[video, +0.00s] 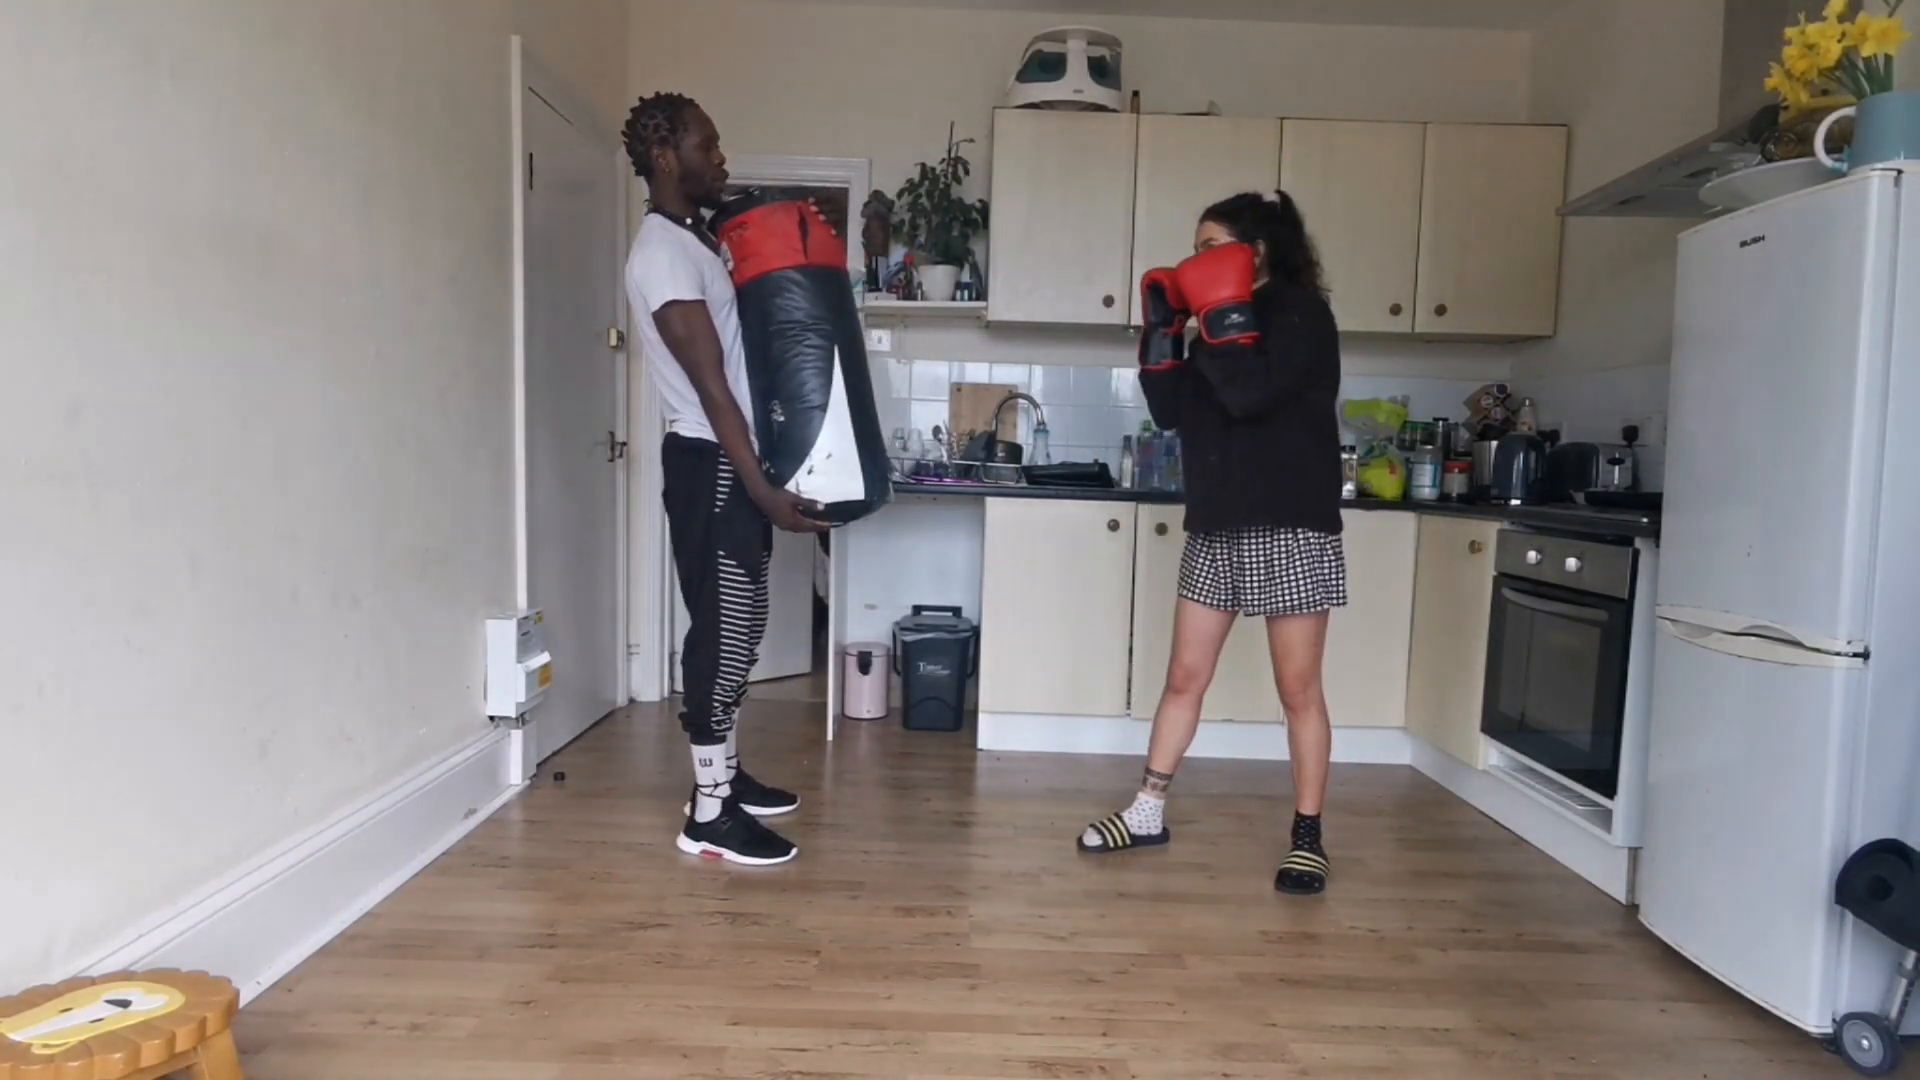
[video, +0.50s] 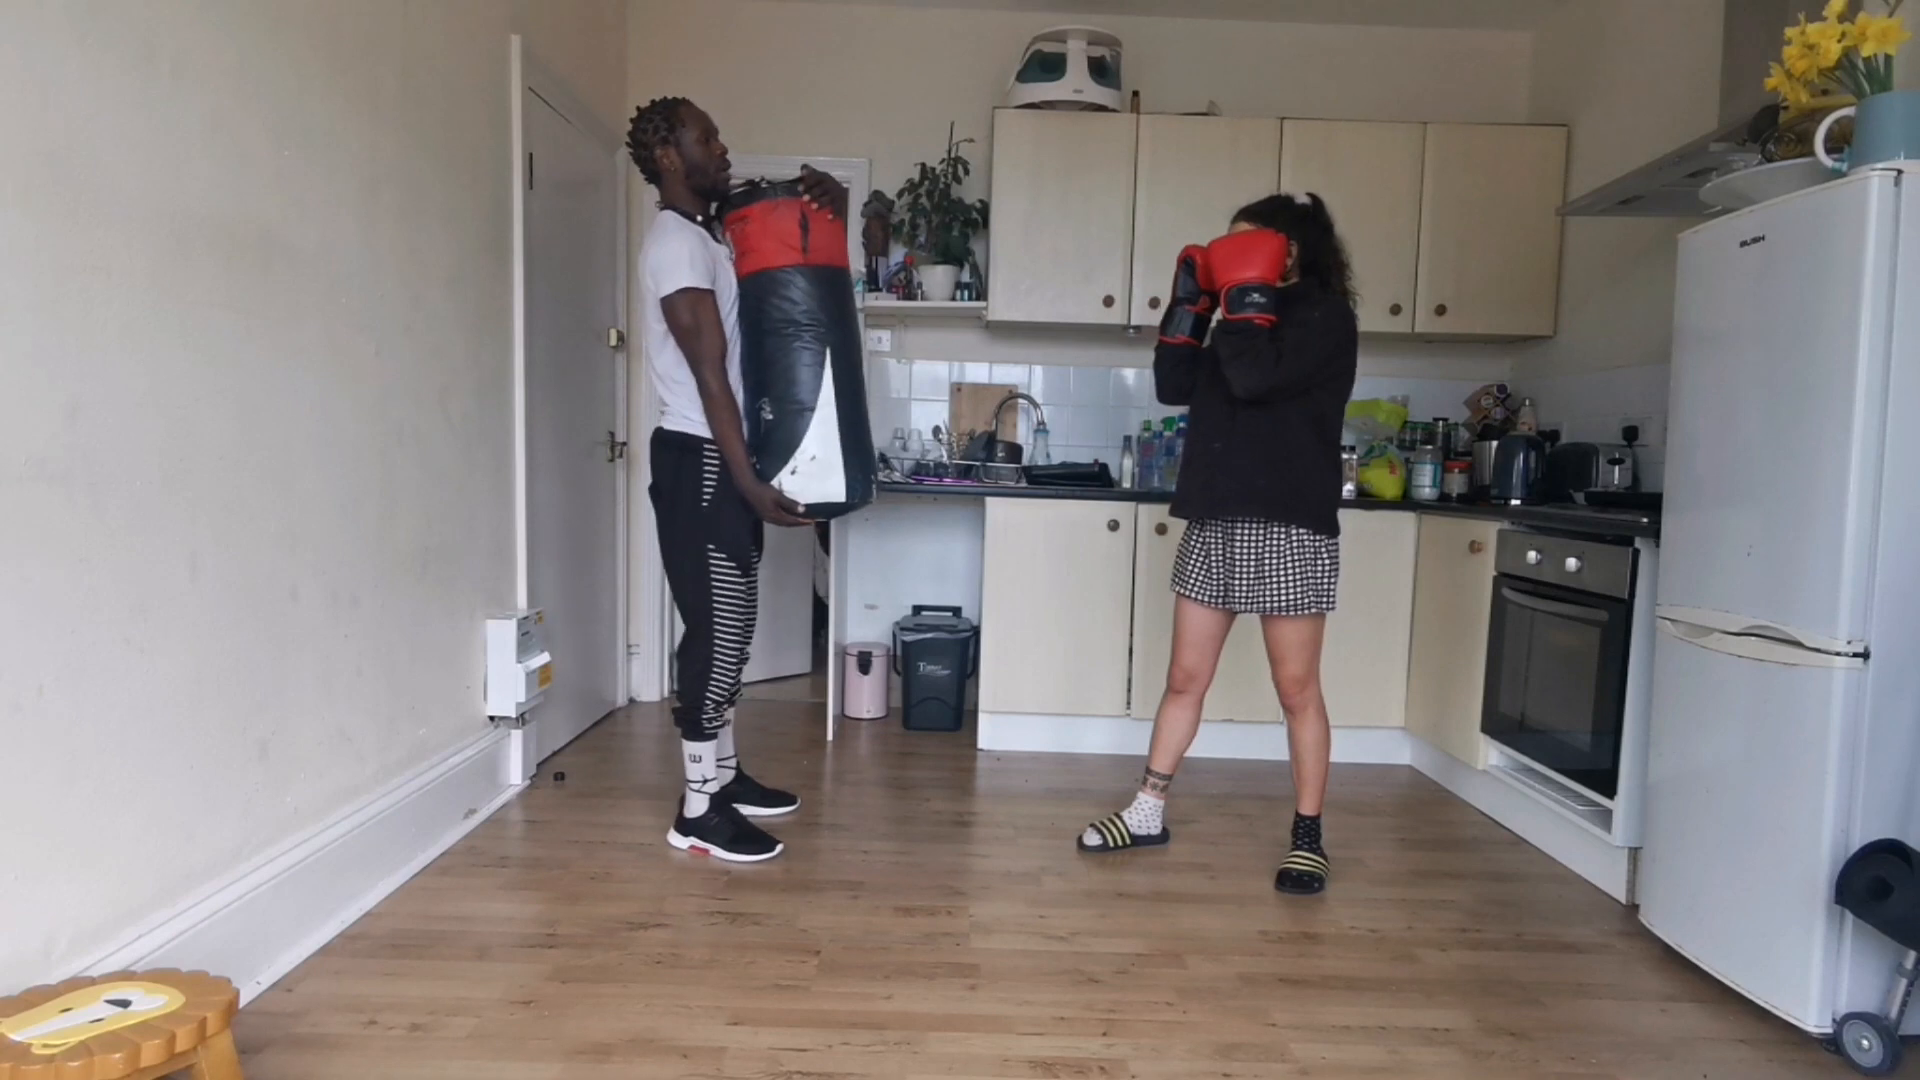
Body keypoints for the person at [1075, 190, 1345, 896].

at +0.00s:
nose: (1199, 261)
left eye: (1212, 248)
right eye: (1197, 249)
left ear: (1258, 251)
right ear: (1204, 257)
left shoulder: (1301, 314)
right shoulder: (1212, 322)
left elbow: (1246, 394)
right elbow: (1171, 412)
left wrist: (1219, 319)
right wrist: (1159, 336)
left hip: (1294, 518)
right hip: (1216, 518)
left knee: (1299, 688)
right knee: (1184, 675)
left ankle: (1307, 834)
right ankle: (1148, 811)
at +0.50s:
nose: (1240, 258)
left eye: (1253, 244)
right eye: (1239, 245)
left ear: (1293, 252)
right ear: (1245, 259)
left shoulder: (1325, 317)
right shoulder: (1236, 318)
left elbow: (1251, 380)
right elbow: (1172, 386)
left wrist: (1246, 305)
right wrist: (1188, 301)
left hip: (1292, 517)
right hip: (1214, 514)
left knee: (1296, 687)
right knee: (1185, 677)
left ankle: (1307, 835)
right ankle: (1147, 810)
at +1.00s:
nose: (1237, 261)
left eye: (1249, 248)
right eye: (1235, 248)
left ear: (1288, 255)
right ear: (1248, 262)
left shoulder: (1323, 318)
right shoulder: (1237, 319)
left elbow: (1247, 382)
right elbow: (1177, 392)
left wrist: (1241, 304)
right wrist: (1186, 305)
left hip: (1293, 518)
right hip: (1218, 514)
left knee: (1297, 684)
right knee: (1180, 674)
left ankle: (1307, 835)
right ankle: (1148, 810)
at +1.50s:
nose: (1159, 283)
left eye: (1170, 270)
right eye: (1155, 273)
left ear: (1212, 264)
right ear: (1164, 275)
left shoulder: (1264, 318)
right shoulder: (1177, 328)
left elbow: (1217, 401)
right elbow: (1131, 408)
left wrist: (1183, 328)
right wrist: (1124, 329)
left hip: (1279, 519)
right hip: (1201, 521)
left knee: (1300, 686)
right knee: (1165, 668)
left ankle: (1329, 828)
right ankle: (1146, 810)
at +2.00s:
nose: (1241, 300)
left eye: (1253, 286)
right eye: (1237, 289)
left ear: (1299, 283)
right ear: (1244, 293)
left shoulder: (1352, 337)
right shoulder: (1258, 350)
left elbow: (1311, 420)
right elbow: (1217, 427)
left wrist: (1272, 344)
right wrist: (1208, 347)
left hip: (1359, 540)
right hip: (1277, 541)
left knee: (1360, 705)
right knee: (1214, 678)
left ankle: (1381, 840)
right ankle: (1153, 809)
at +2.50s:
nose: (1148, 307)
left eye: (1159, 292)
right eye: (1146, 295)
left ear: (1200, 288)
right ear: (1158, 299)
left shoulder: (1260, 345)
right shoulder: (1162, 361)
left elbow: (1237, 429)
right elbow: (1130, 434)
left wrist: (1195, 354)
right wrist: (1090, 403)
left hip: (1297, 526)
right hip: (1214, 535)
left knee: (1341, 687)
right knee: (1137, 663)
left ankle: (1380, 834)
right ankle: (1065, 780)